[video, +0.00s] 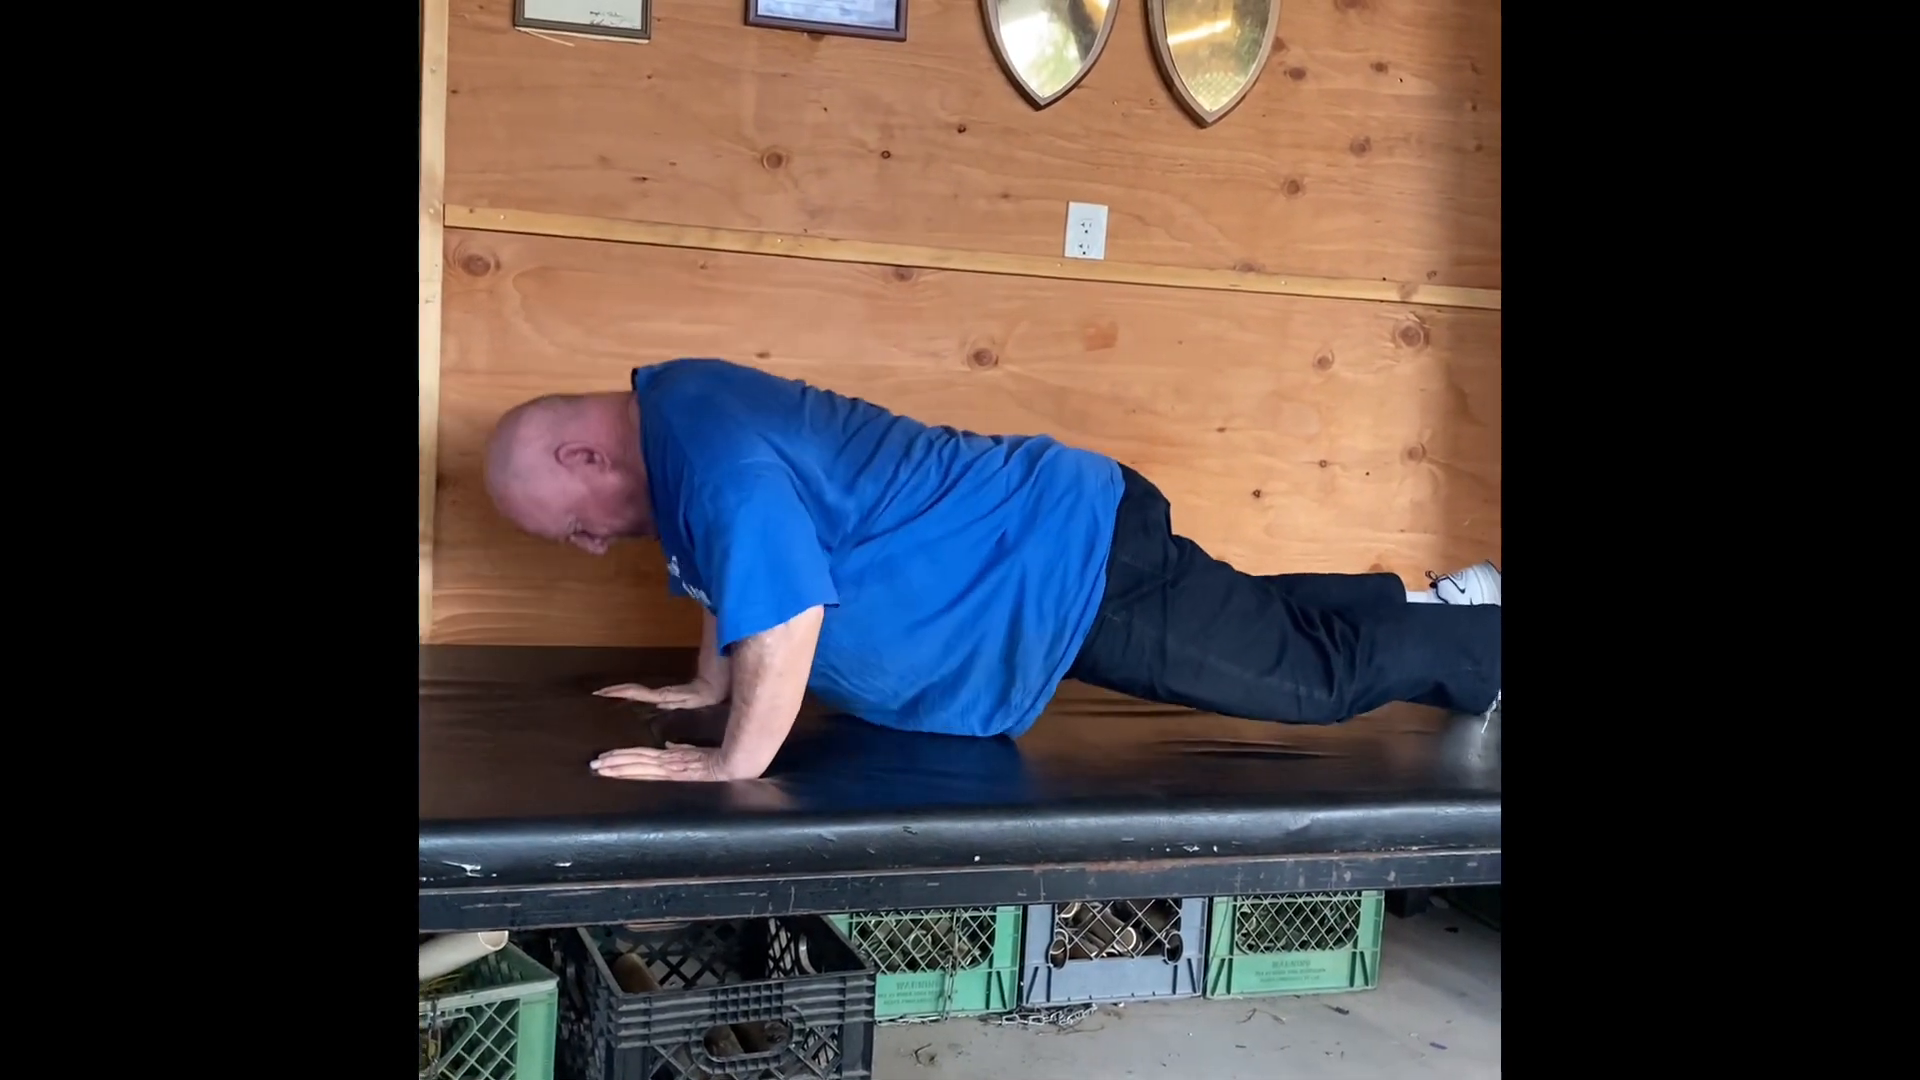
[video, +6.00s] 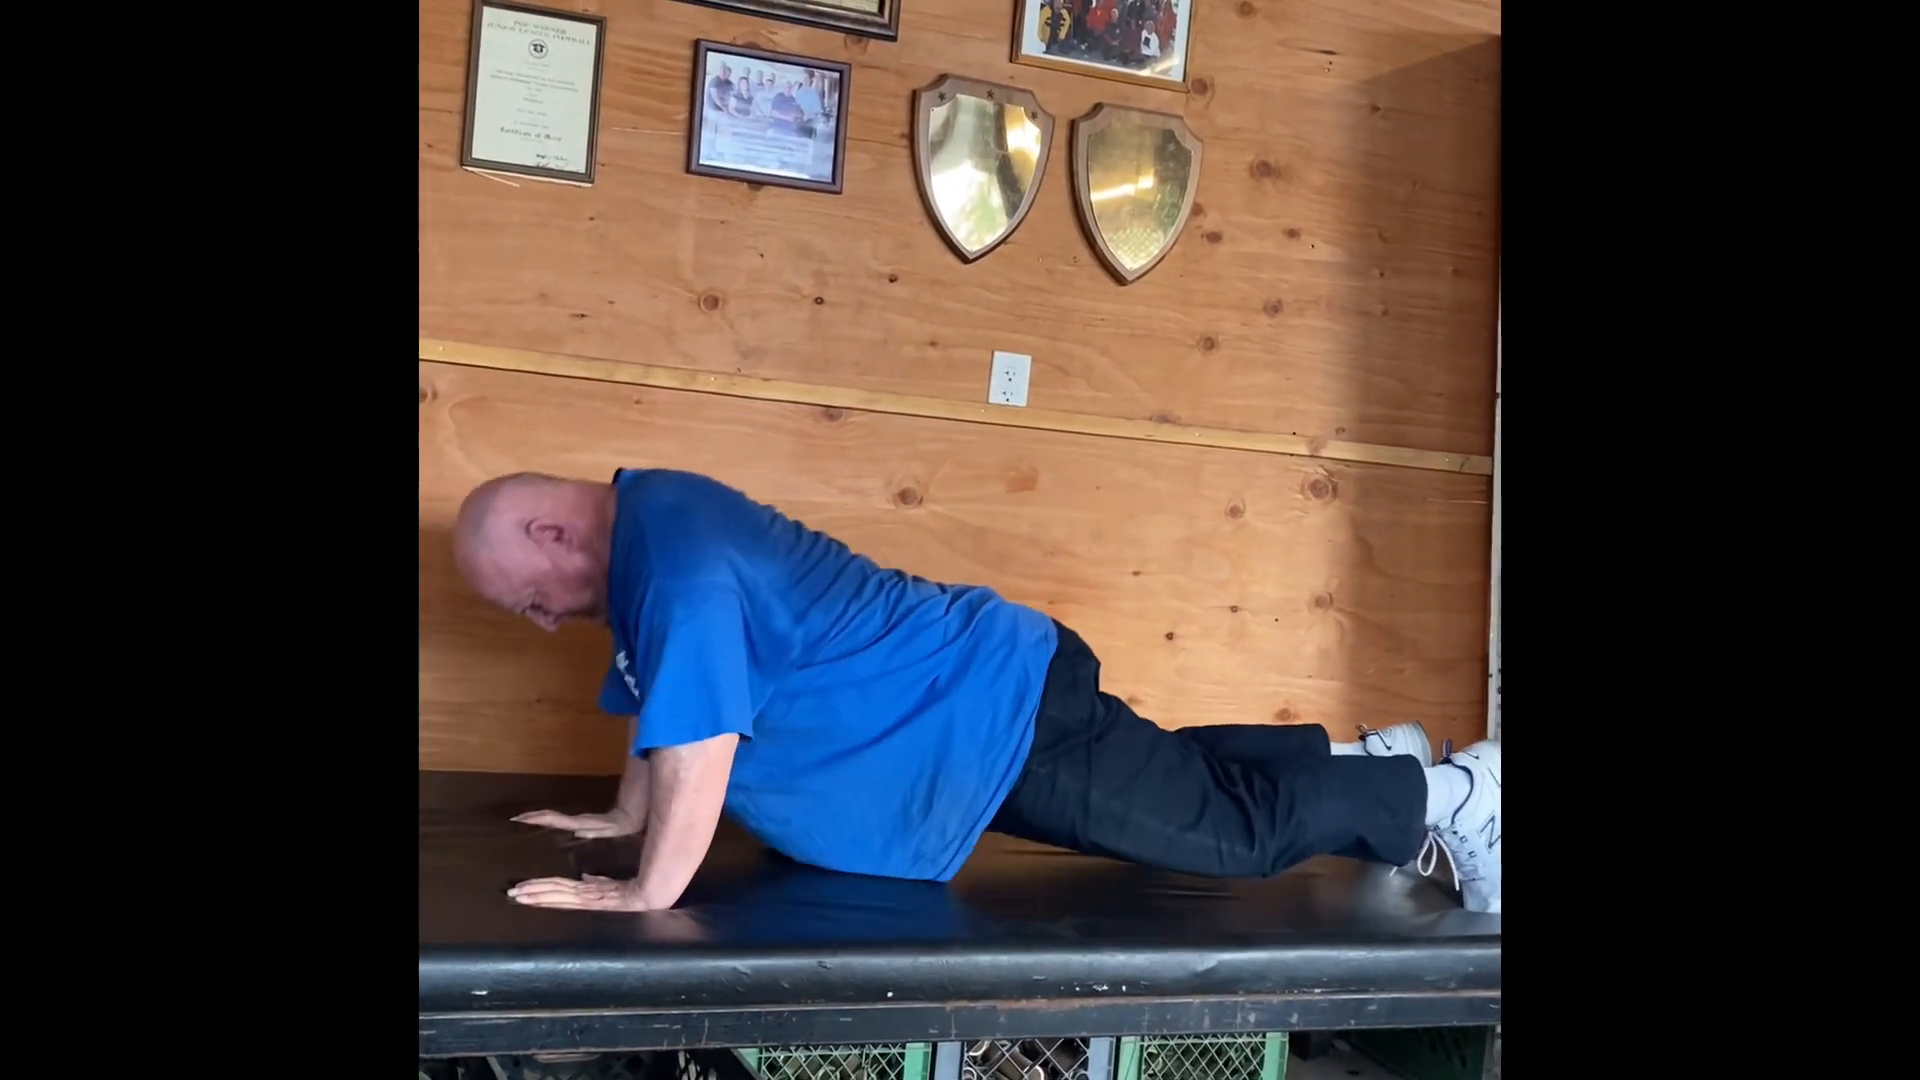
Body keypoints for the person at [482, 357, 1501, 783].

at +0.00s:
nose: (598, 541)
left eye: (575, 525)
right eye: (572, 531)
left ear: (581, 469)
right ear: (578, 441)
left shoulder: (710, 451)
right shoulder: (674, 431)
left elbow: (785, 605)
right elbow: (744, 591)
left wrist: (737, 759)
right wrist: (716, 708)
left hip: (1074, 568)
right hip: (1049, 567)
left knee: (1313, 674)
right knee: (1287, 628)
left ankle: (1485, 648)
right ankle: (1468, 606)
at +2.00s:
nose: (535, 536)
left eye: (519, 517)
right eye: (516, 525)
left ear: (537, 460)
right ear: (539, 442)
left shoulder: (664, 481)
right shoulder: (637, 458)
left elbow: (694, 667)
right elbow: (671, 648)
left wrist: (656, 815)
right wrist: (640, 757)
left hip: (996, 617)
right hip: (976, 607)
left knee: (1215, 736)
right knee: (1183, 695)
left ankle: (1438, 726)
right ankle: (1381, 694)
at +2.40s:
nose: (493, 679)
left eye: (473, 666)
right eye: (476, 676)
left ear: (478, 605)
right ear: (481, 602)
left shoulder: (611, 573)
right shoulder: (565, 560)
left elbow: (706, 708)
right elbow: (686, 678)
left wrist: (638, 839)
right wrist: (608, 751)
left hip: (962, 692)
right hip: (931, 702)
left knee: (1191, 791)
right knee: (1155, 748)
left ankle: (1414, 743)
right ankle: (1351, 706)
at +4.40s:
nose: (527, 662)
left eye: (506, 646)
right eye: (503, 659)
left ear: (510, 587)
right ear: (502, 605)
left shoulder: (634, 584)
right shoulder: (596, 579)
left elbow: (697, 755)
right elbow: (670, 724)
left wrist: (633, 882)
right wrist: (632, 823)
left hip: (976, 724)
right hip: (939, 751)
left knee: (1200, 832)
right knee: (1158, 799)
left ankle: (1418, 797)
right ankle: (1350, 759)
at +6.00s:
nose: (546, 611)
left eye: (533, 592)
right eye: (529, 600)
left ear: (556, 535)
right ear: (555, 523)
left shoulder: (679, 557)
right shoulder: (648, 538)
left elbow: (701, 750)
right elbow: (674, 724)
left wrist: (656, 895)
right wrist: (629, 835)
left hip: (1005, 712)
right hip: (981, 703)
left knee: (1229, 824)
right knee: (1182, 782)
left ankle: (1444, 798)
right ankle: (1379, 770)